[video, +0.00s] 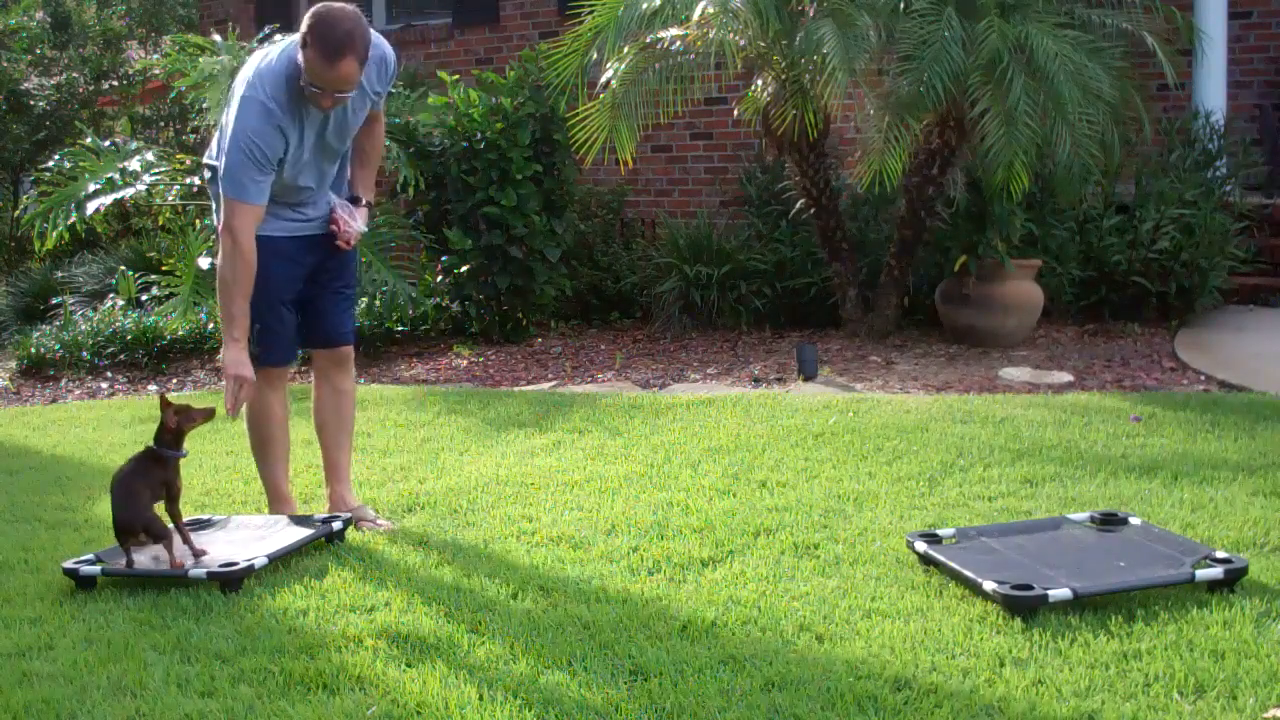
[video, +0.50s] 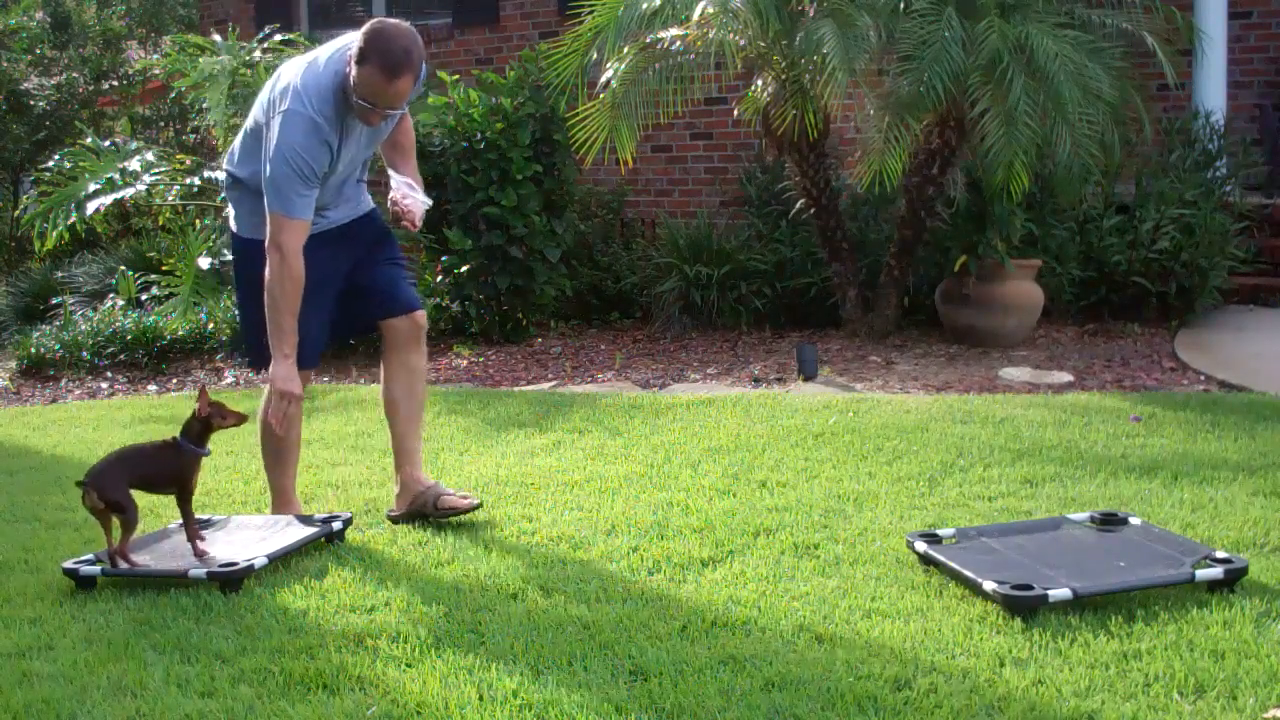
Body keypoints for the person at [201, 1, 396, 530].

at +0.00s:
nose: (330, 100)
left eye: (343, 89)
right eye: (318, 88)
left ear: (363, 60)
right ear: (300, 57)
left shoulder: (377, 58)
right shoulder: (260, 100)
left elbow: (371, 123)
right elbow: (236, 232)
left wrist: (360, 200)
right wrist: (234, 344)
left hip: (332, 219)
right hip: (264, 228)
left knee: (337, 353)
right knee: (272, 368)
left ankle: (342, 500)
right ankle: (283, 510)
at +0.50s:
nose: (380, 116)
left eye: (394, 107)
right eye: (368, 103)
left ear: (412, 77)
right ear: (351, 70)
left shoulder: (405, 62)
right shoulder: (301, 114)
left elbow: (396, 116)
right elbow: (283, 248)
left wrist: (409, 186)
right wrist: (283, 359)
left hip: (347, 210)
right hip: (275, 225)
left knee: (407, 321)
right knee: (288, 375)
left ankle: (411, 486)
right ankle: (285, 516)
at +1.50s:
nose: (689, 56)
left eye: (702, 46)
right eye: (678, 42)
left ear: (718, 21)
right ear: (655, 13)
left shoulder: (697, 33)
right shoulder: (608, 63)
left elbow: (669, 94)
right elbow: (597, 209)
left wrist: (667, 158)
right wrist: (607, 327)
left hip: (616, 198)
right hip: (567, 205)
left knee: (568, 353)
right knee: (658, 340)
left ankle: (494, 495)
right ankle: (715, 512)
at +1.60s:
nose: (735, 45)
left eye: (749, 34)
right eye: (723, 30)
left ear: (764, 18)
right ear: (699, 6)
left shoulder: (738, 26)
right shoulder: (656, 57)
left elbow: (714, 92)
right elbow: (645, 209)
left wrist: (710, 153)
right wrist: (653, 325)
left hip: (659, 197)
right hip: (610, 203)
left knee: (614, 353)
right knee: (688, 348)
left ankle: (517, 478)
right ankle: (721, 522)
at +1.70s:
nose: (787, 36)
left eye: (799, 25)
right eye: (777, 23)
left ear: (809, 13)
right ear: (751, 5)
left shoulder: (784, 21)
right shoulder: (704, 50)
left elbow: (759, 87)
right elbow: (696, 204)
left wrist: (758, 146)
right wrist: (705, 319)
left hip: (711, 184)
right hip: (651, 193)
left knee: (713, 345)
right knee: (709, 354)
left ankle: (584, 431)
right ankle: (722, 521)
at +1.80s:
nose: (845, 19)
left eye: (851, 11)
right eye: (840, 10)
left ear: (839, 5)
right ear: (807, 1)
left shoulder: (814, 21)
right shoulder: (748, 35)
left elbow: (796, 77)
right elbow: (747, 192)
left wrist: (802, 133)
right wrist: (762, 311)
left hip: (753, 179)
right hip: (691, 190)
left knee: (814, 318)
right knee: (734, 352)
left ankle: (685, 424)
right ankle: (723, 520)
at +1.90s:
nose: (895, 3)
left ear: (877, 1)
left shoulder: (861, 16)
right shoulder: (797, 29)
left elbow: (826, 72)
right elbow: (798, 182)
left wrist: (839, 124)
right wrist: (817, 303)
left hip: (803, 173)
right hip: (736, 186)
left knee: (887, 295)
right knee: (759, 355)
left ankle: (840, 467)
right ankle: (728, 518)